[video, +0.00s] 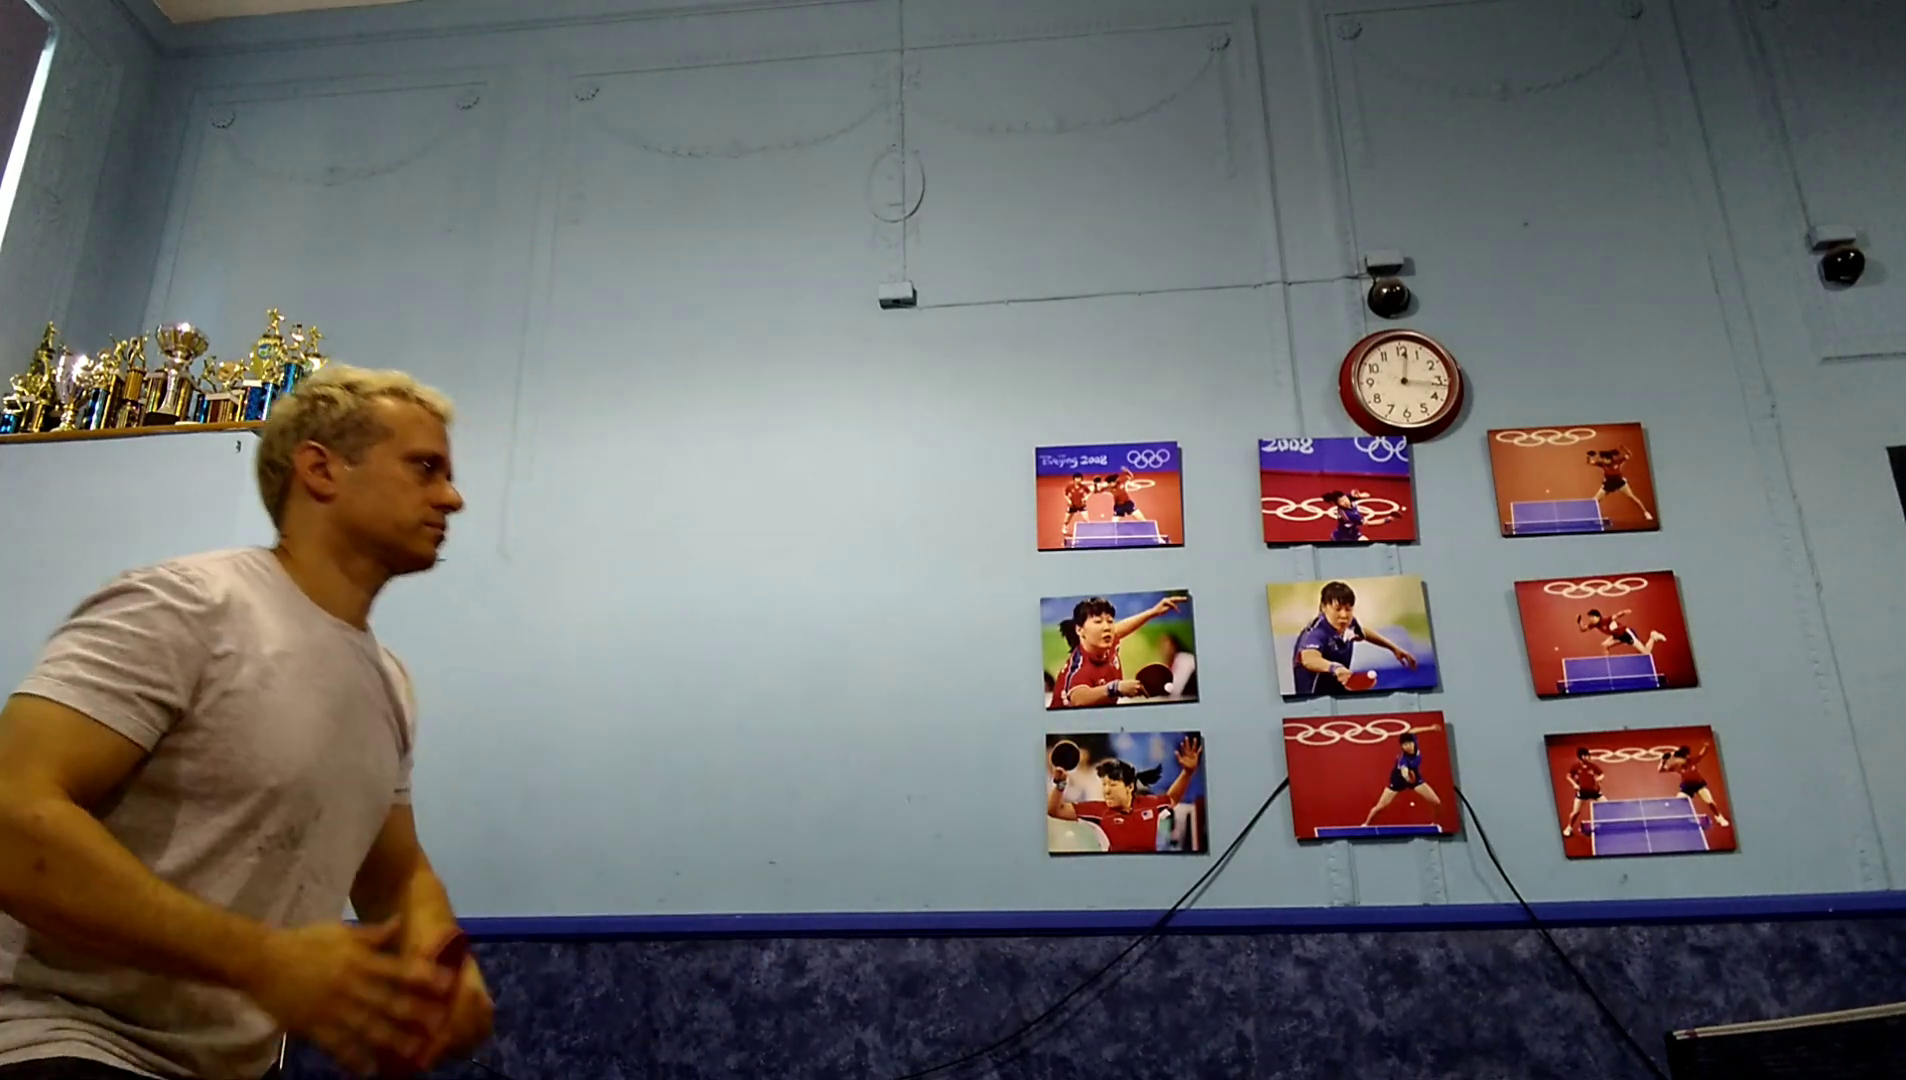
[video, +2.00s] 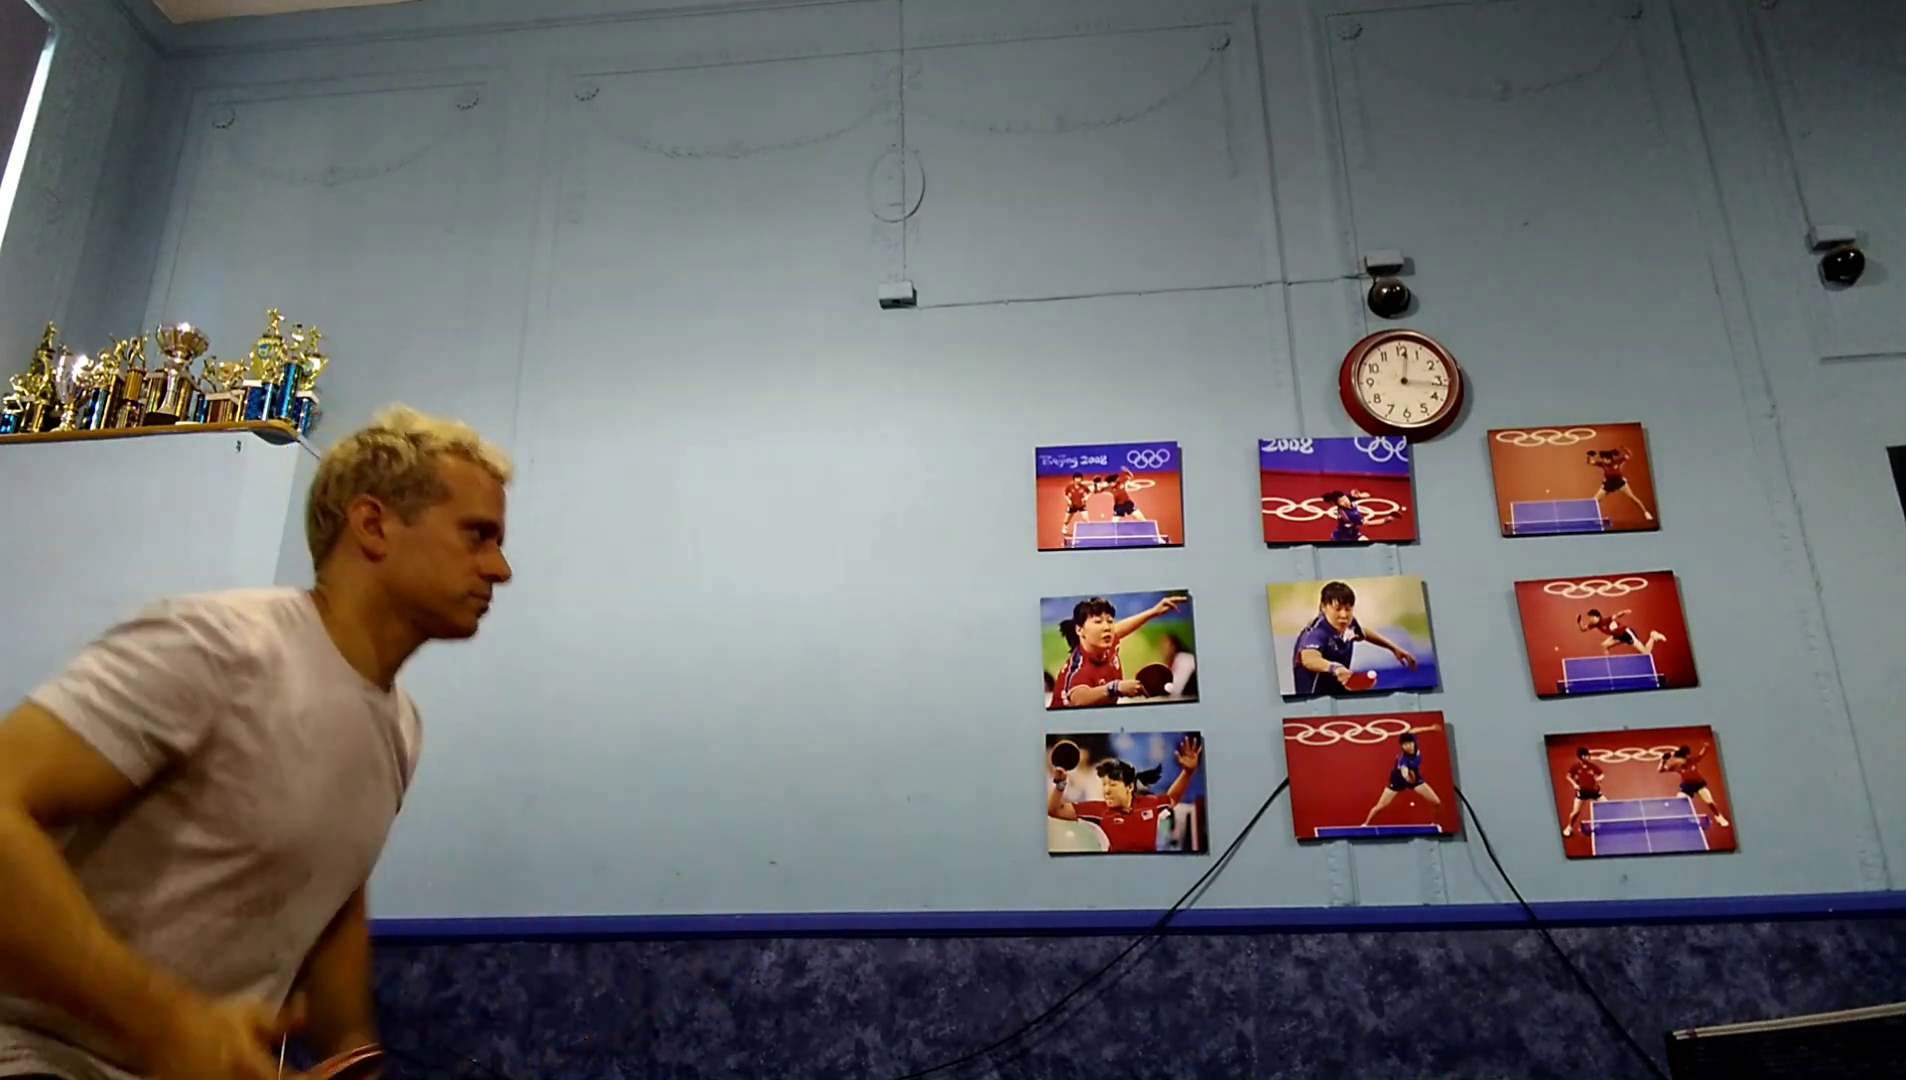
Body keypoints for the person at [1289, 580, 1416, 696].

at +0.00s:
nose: (1344, 615)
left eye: (1348, 609)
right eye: (1338, 609)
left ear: (1353, 609)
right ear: (1324, 608)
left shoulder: (1349, 624)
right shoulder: (1315, 633)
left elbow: (1364, 634)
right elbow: (1309, 660)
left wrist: (1395, 649)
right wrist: (1335, 668)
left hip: (1341, 705)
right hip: (1314, 708)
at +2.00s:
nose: (1344, 615)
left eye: (1348, 609)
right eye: (1338, 609)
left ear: (1353, 609)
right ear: (1324, 608)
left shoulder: (1349, 624)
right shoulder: (1315, 633)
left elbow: (1364, 634)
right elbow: (1309, 660)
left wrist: (1395, 649)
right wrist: (1335, 668)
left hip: (1341, 705)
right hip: (1314, 708)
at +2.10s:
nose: (1344, 615)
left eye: (1348, 609)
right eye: (1338, 609)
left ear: (1352, 609)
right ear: (1324, 608)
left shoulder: (1349, 624)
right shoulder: (1315, 633)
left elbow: (1364, 634)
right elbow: (1309, 660)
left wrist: (1395, 649)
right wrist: (1335, 668)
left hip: (1341, 705)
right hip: (1314, 708)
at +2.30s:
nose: (1344, 615)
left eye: (1348, 609)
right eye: (1338, 609)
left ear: (1353, 609)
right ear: (1324, 608)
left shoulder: (1349, 624)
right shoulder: (1315, 633)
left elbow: (1364, 634)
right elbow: (1309, 660)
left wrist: (1395, 649)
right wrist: (1335, 668)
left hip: (1341, 704)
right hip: (1314, 708)